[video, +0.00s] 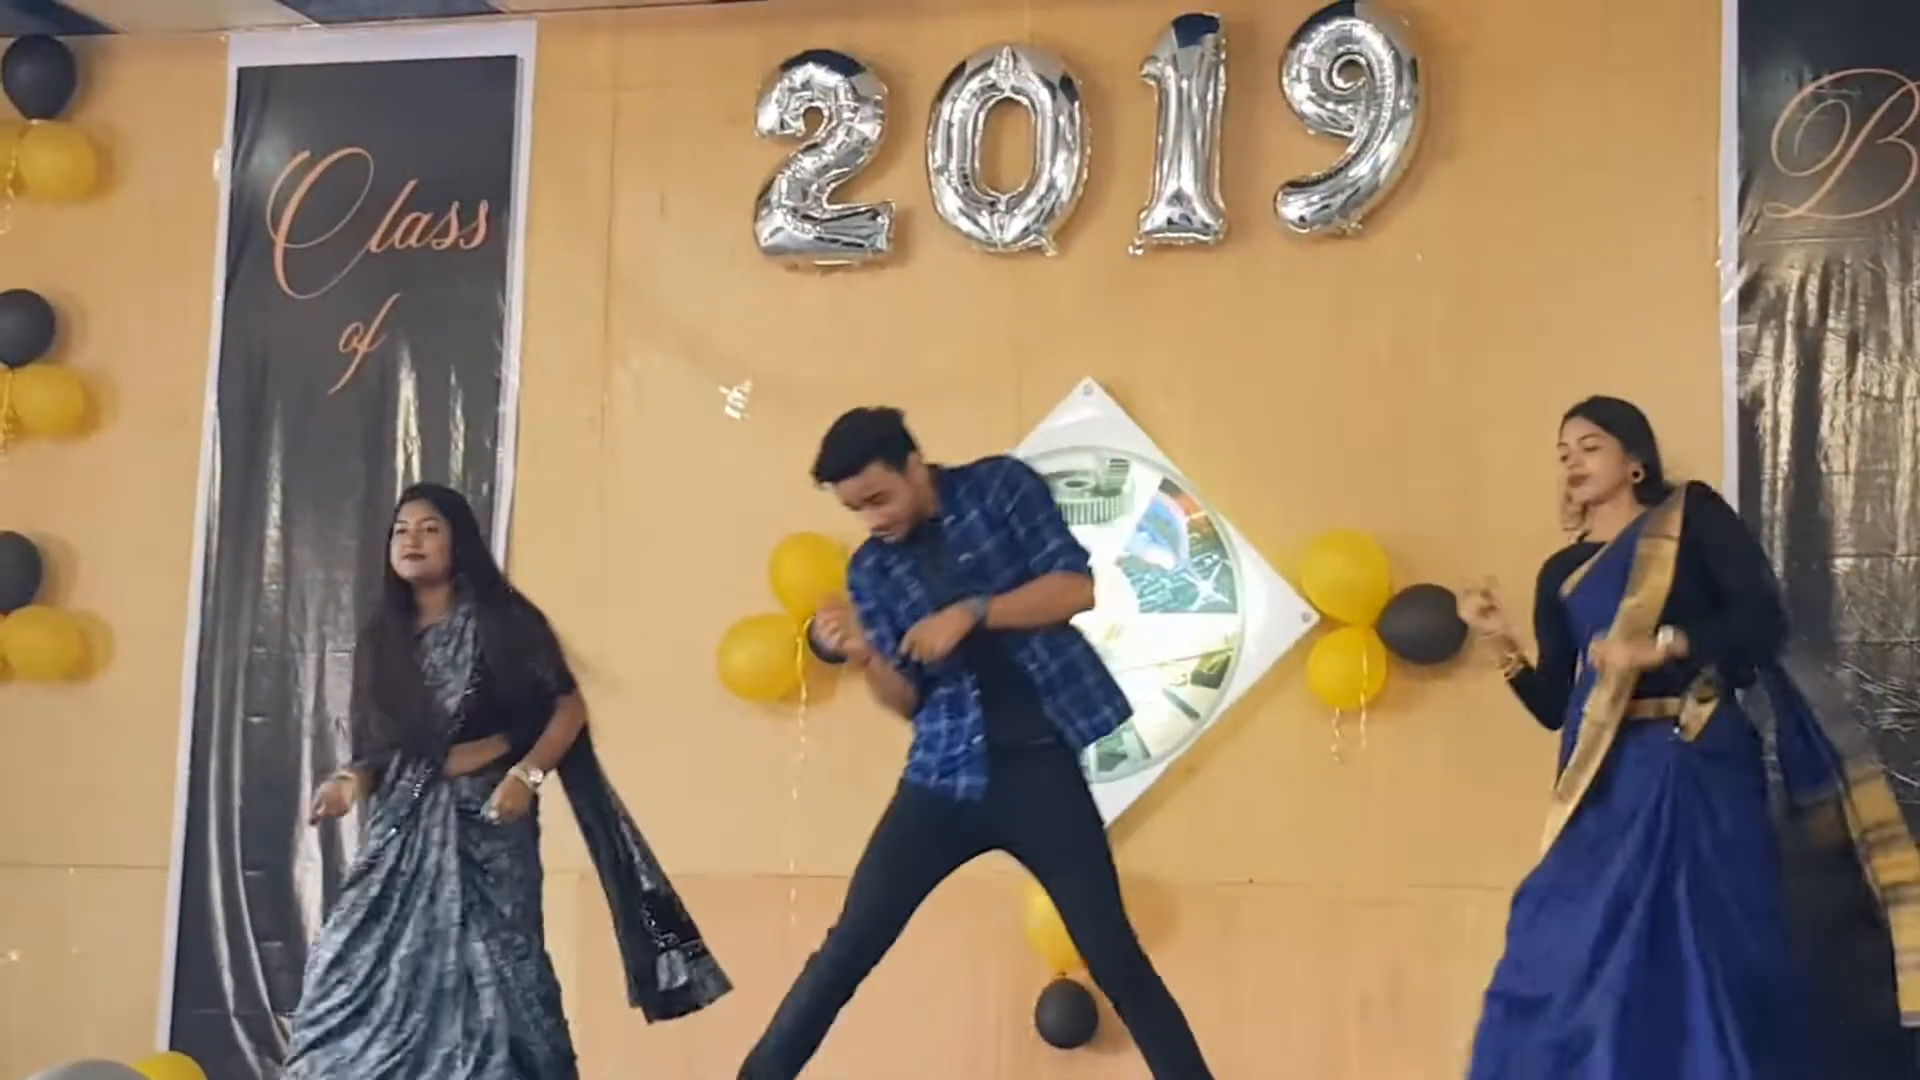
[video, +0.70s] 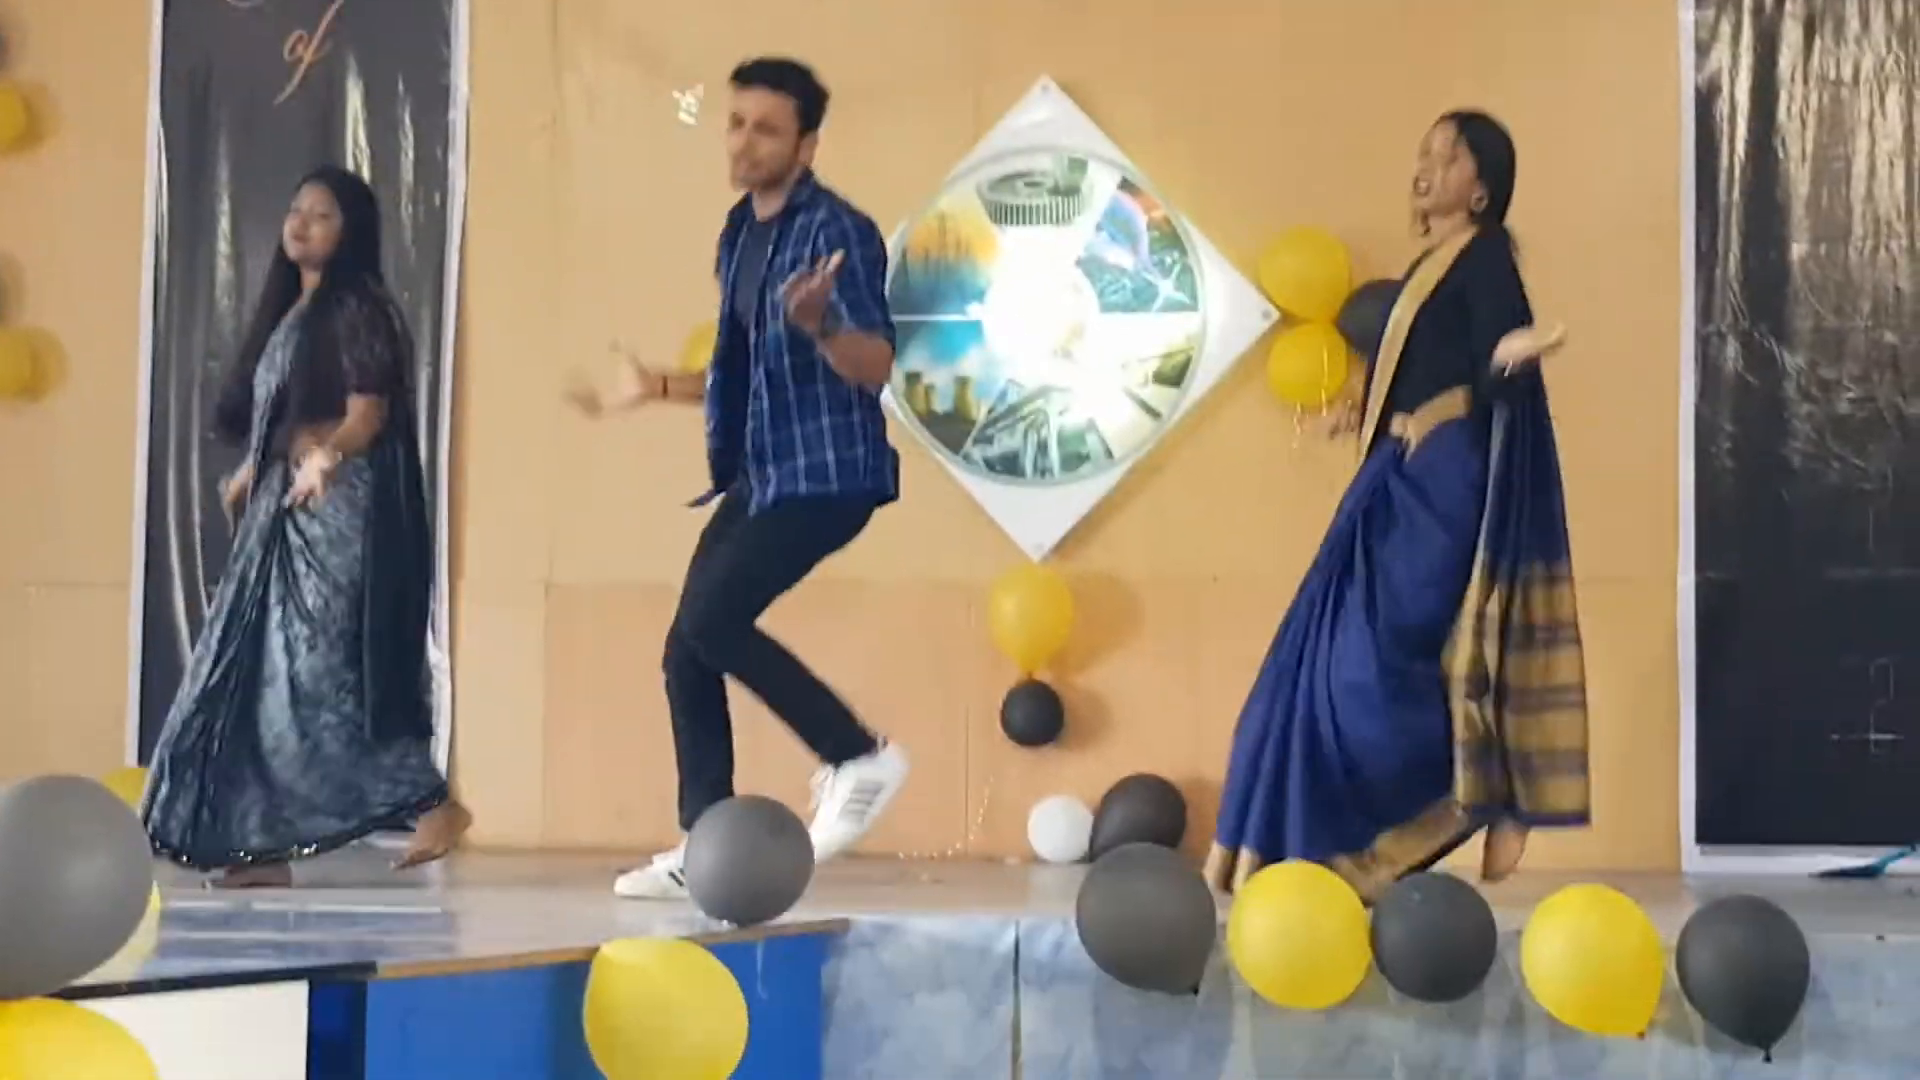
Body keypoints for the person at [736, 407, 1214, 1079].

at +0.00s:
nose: (872, 521)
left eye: (878, 500)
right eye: (855, 509)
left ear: (917, 466)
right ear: (843, 502)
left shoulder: (1002, 486)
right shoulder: (871, 569)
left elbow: (1075, 589)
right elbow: (907, 702)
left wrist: (971, 613)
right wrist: (864, 656)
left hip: (1039, 769)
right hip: (943, 777)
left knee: (1115, 962)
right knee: (850, 949)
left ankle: (1191, 1076)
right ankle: (758, 1076)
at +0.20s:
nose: (781, 506)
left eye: (793, 485)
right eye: (763, 493)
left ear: (827, 461)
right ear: (748, 486)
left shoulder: (906, 513)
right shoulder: (763, 573)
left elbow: (966, 634)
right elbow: (795, 710)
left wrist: (867, 666)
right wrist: (754, 689)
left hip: (936, 778)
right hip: (837, 790)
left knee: (1015, 946)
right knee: (767, 964)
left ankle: (1126, 1076)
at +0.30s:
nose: (767, 447)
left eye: (783, 427)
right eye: (751, 431)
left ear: (813, 409)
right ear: (735, 423)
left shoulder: (887, 464)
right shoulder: (734, 510)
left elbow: (941, 577)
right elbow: (757, 644)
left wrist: (847, 597)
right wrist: (726, 620)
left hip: (907, 716)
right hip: (810, 732)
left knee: (948, 876)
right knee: (761, 910)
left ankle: (1028, 1031)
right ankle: (729, 1072)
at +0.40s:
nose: (756, 338)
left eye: (770, 318)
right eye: (741, 322)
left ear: (803, 313)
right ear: (728, 327)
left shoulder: (878, 381)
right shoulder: (724, 418)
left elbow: (933, 486)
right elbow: (743, 544)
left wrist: (836, 499)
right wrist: (715, 520)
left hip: (888, 625)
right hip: (800, 634)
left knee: (879, 792)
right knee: (762, 820)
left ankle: (939, 964)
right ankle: (727, 1012)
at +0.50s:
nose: (741, 266)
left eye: (756, 246)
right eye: (726, 249)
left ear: (788, 236)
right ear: (711, 248)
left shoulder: (853, 308)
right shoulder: (714, 334)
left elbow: (916, 424)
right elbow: (734, 451)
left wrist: (821, 439)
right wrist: (695, 461)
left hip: (857, 568)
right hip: (779, 574)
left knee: (815, 750)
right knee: (720, 752)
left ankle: (889, 940)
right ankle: (725, 946)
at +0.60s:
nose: (734, 200)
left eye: (753, 184)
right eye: (721, 182)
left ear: (790, 186)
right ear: (707, 189)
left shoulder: (840, 274)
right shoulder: (717, 295)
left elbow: (901, 399)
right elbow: (744, 437)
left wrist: (813, 388)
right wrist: (675, 442)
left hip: (834, 519)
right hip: (756, 524)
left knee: (741, 688)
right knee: (689, 700)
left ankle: (865, 857)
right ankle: (710, 893)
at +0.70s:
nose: (743, 141)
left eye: (764, 130)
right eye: (737, 124)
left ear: (806, 142)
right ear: (727, 129)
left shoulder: (840, 231)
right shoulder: (740, 231)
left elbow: (874, 368)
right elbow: (746, 379)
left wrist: (822, 329)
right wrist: (665, 386)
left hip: (828, 475)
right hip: (759, 476)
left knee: (714, 622)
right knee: (687, 651)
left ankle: (860, 758)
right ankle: (707, 849)